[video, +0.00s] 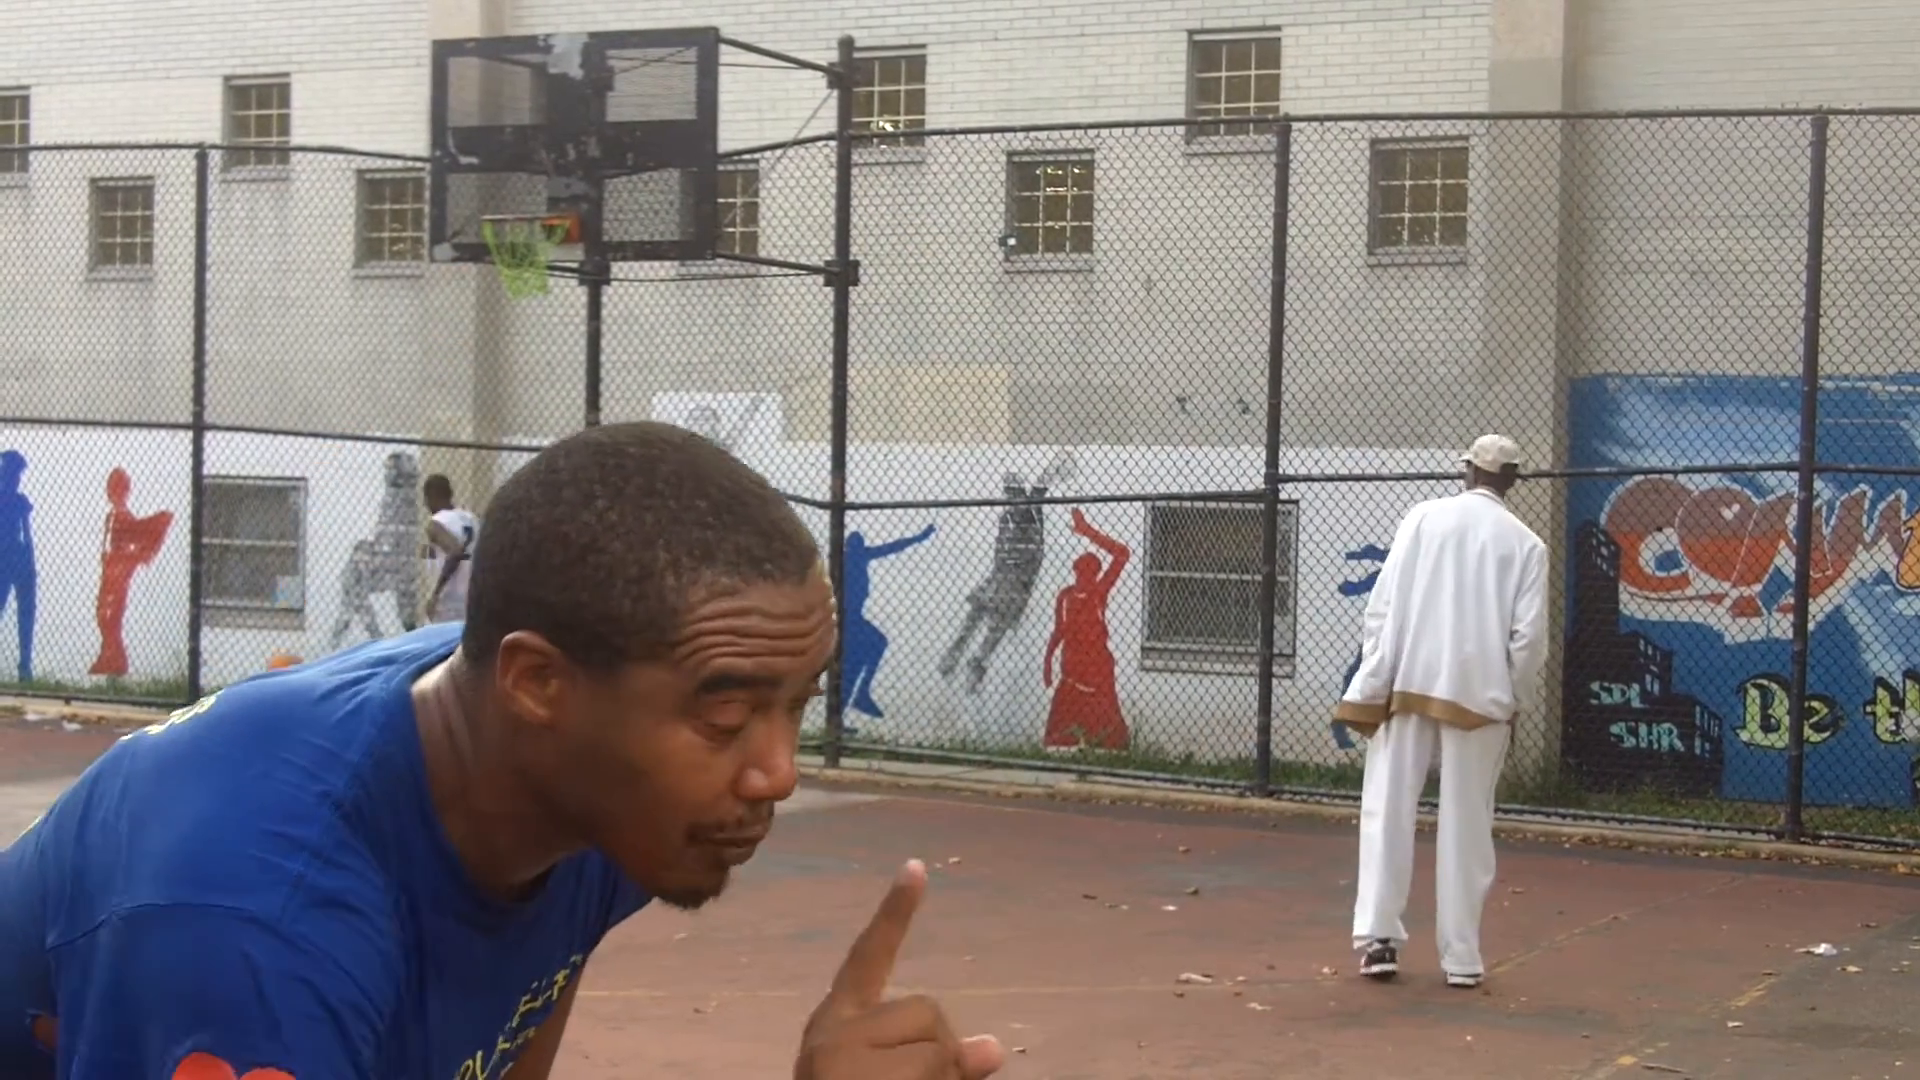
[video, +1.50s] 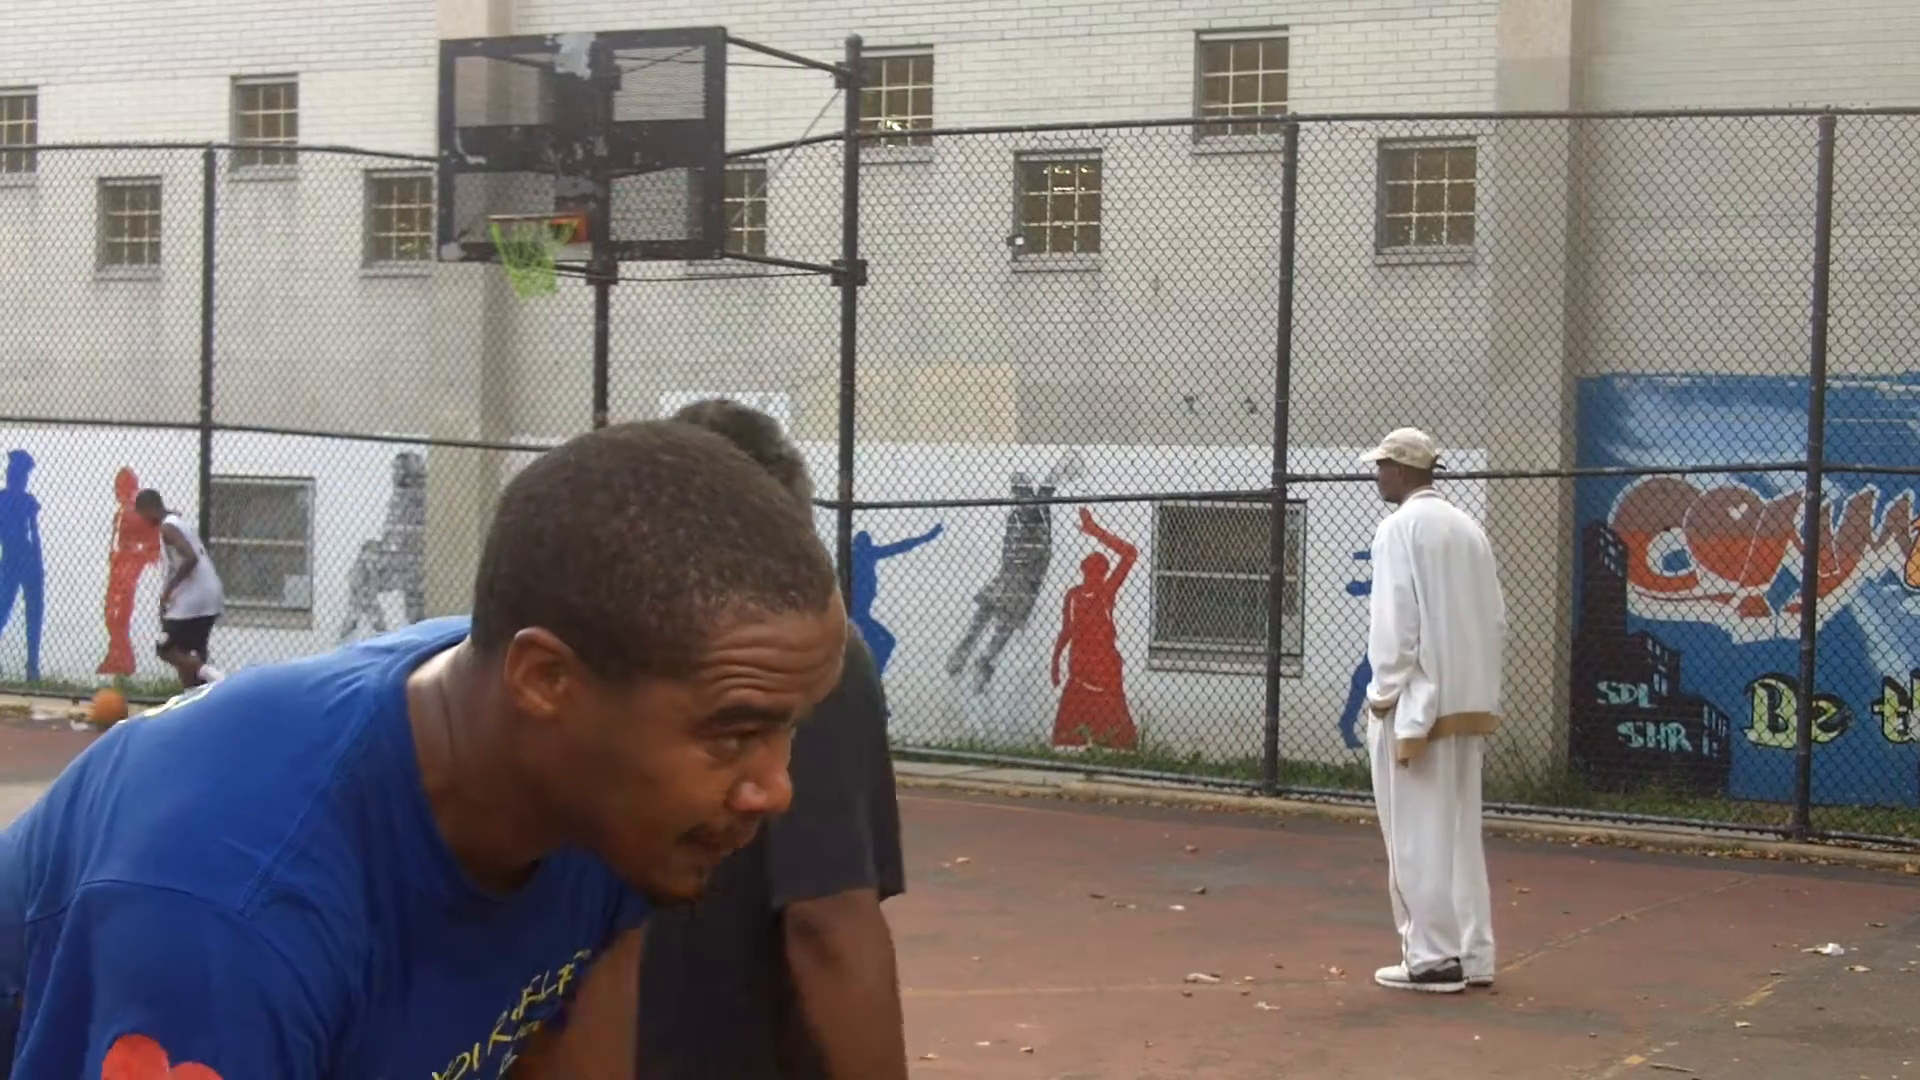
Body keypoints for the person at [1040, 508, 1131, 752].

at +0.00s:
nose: (1085, 576)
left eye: (1090, 571)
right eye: (1081, 571)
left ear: (1096, 574)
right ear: (1075, 570)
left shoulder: (1101, 590)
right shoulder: (1065, 595)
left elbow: (1122, 554)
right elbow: (1059, 630)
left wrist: (1088, 531)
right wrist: (1048, 660)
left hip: (1098, 657)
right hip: (1072, 657)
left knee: (1101, 705)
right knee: (1067, 705)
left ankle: (1111, 745)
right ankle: (1061, 744)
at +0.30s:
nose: (1087, 577)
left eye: (1092, 572)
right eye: (1083, 571)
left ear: (1098, 574)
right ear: (1077, 571)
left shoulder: (1102, 591)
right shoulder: (1066, 595)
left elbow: (1123, 554)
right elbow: (1060, 630)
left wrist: (1089, 531)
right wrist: (1049, 660)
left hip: (1100, 656)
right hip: (1074, 657)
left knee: (1103, 704)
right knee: (1069, 704)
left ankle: (1112, 745)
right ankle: (1062, 744)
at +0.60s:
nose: (1090, 575)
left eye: (1094, 570)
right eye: (1086, 569)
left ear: (1100, 572)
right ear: (1079, 570)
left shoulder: (1105, 590)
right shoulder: (1069, 594)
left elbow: (1126, 554)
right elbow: (1063, 629)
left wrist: (1092, 531)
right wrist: (1051, 659)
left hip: (1102, 658)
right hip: (1076, 658)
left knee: (1106, 706)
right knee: (1071, 706)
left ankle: (1116, 747)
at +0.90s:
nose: (1094, 575)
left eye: (1098, 570)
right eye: (1091, 570)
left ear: (1103, 573)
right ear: (1084, 570)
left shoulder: (1109, 590)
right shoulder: (1073, 594)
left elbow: (1130, 554)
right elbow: (1067, 629)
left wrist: (1095, 531)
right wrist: (1055, 659)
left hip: (1105, 657)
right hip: (1080, 657)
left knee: (1109, 704)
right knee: (1075, 705)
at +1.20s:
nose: (1094, 575)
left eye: (1098, 570)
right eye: (1090, 569)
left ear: (1103, 572)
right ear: (1083, 570)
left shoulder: (1109, 590)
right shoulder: (1073, 594)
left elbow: (1129, 554)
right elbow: (1067, 629)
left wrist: (1095, 531)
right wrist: (1055, 658)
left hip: (1105, 656)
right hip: (1080, 657)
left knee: (1109, 703)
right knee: (1076, 704)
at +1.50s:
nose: (1094, 575)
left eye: (1098, 570)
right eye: (1091, 569)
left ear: (1104, 572)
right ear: (1084, 569)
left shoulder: (1109, 590)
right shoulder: (1073, 594)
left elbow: (1130, 554)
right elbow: (1067, 629)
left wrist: (1096, 531)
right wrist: (1055, 658)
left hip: (1105, 656)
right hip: (1080, 656)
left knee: (1109, 703)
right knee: (1076, 703)